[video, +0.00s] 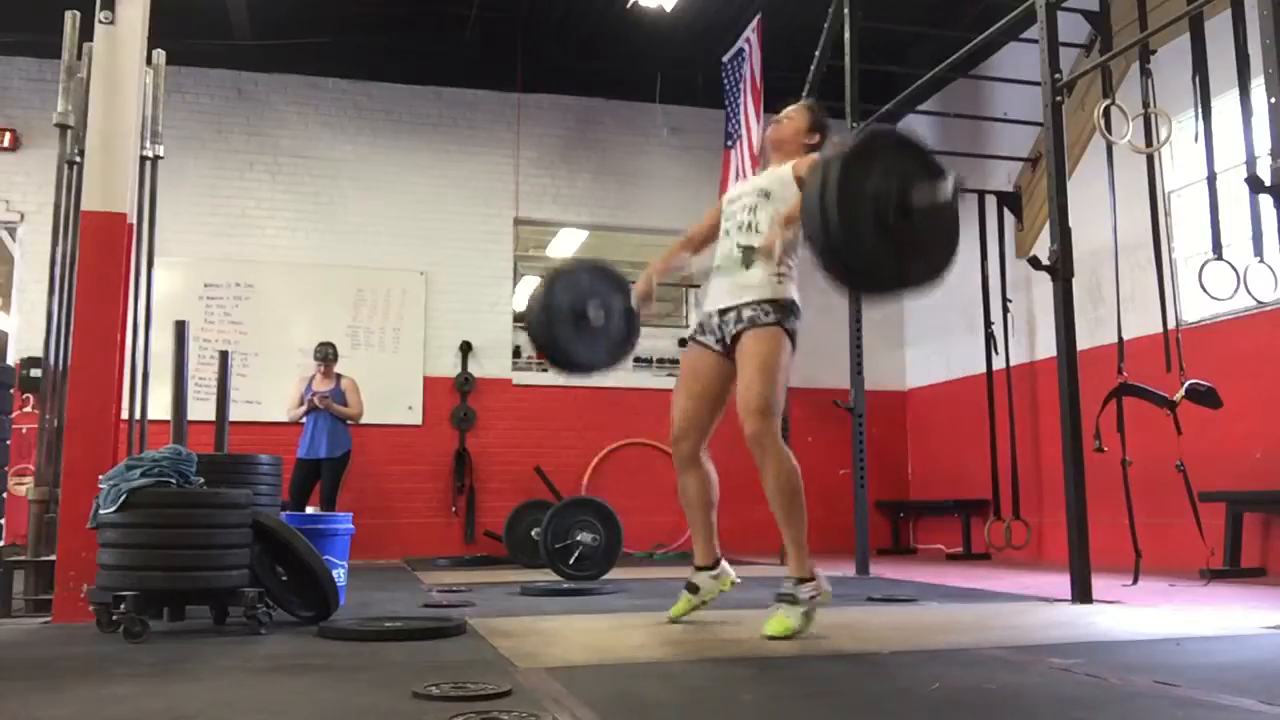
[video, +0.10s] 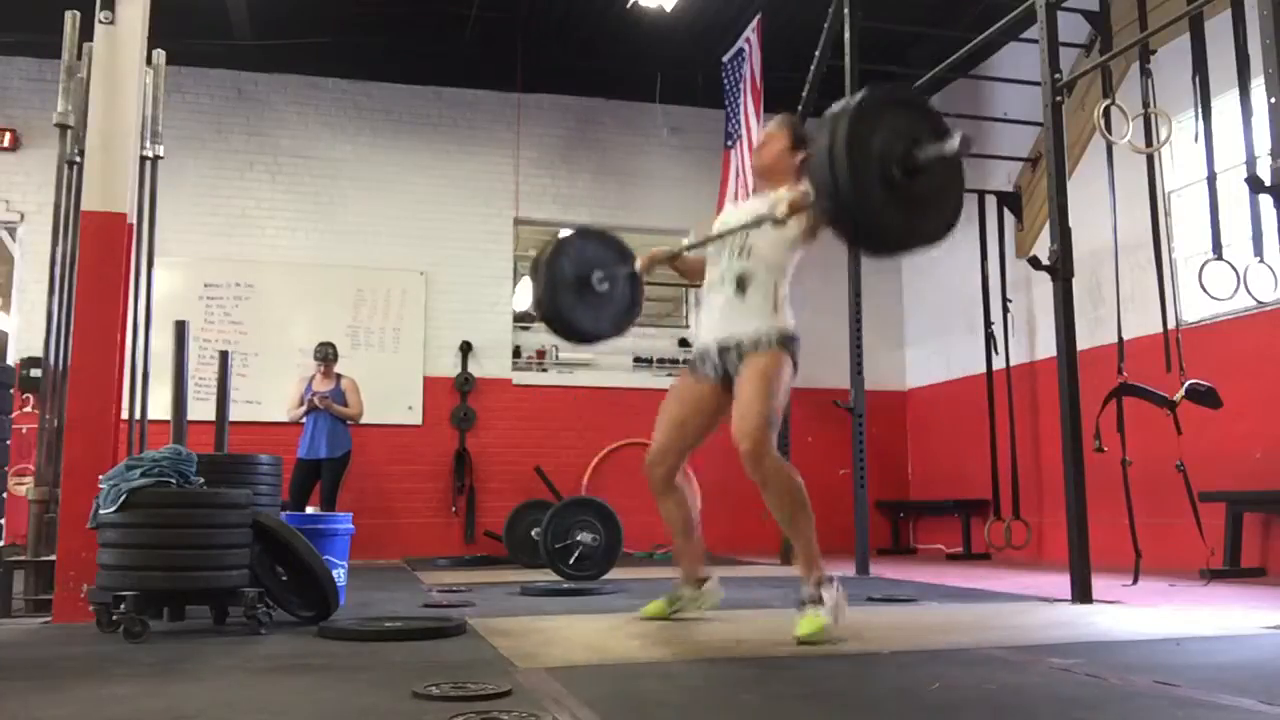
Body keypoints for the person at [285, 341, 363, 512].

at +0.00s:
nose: (323, 370)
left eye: (327, 366)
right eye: (319, 365)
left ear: (335, 362)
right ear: (315, 362)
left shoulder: (346, 383)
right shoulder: (305, 383)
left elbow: (356, 415)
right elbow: (291, 416)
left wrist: (330, 406)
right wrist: (307, 406)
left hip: (335, 449)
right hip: (309, 449)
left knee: (327, 501)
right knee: (296, 498)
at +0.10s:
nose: (323, 370)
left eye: (327, 366)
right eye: (319, 365)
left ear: (335, 362)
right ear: (315, 362)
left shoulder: (346, 383)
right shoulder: (305, 383)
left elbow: (356, 415)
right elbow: (291, 416)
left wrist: (330, 406)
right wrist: (306, 407)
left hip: (336, 450)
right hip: (309, 449)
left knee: (327, 501)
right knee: (296, 498)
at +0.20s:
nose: (323, 370)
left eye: (327, 366)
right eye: (319, 365)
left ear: (335, 362)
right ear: (315, 362)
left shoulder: (346, 383)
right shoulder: (305, 383)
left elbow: (356, 415)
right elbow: (291, 416)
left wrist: (330, 406)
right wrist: (306, 407)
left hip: (336, 450)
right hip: (309, 449)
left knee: (327, 501)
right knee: (296, 499)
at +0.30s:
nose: (323, 370)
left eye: (327, 366)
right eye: (319, 365)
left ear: (335, 362)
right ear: (315, 362)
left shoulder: (346, 383)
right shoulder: (305, 383)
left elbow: (356, 415)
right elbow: (291, 416)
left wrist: (330, 406)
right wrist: (307, 406)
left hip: (336, 450)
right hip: (309, 449)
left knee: (327, 501)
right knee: (296, 499)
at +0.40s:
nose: (323, 370)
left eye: (327, 366)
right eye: (319, 365)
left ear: (335, 362)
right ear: (315, 362)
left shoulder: (346, 383)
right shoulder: (306, 383)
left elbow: (356, 415)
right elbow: (291, 416)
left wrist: (330, 406)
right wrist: (306, 407)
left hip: (336, 450)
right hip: (309, 449)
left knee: (327, 501)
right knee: (296, 498)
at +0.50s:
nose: (322, 370)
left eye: (327, 366)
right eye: (319, 365)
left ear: (335, 363)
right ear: (314, 362)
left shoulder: (346, 384)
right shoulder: (306, 383)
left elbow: (356, 415)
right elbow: (291, 417)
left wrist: (330, 406)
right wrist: (305, 407)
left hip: (336, 449)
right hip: (309, 449)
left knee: (327, 501)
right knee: (296, 498)